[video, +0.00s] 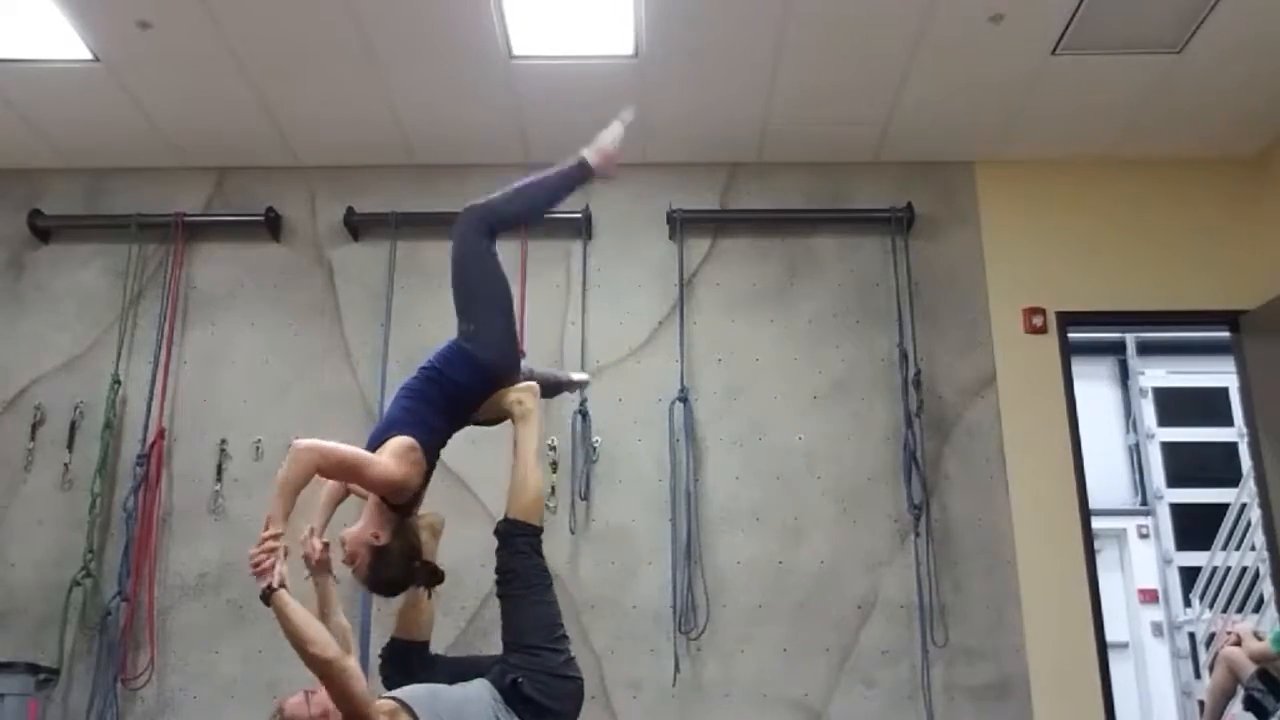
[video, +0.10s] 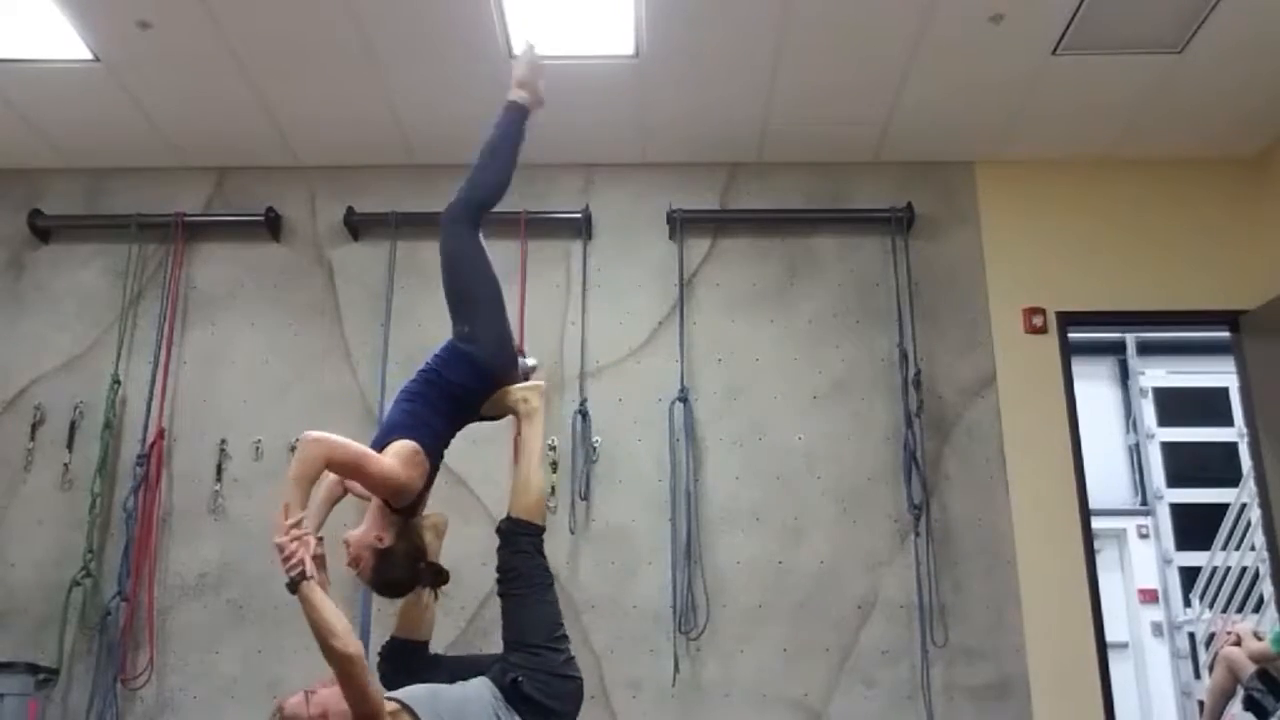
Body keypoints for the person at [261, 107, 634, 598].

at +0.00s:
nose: (349, 552)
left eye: (349, 560)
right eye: (359, 555)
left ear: (375, 529)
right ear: (381, 538)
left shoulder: (395, 484)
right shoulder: (393, 480)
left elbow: (339, 470)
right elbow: (303, 453)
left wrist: (314, 533)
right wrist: (273, 530)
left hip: (490, 379)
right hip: (487, 355)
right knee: (476, 222)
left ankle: (555, 382)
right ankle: (588, 165)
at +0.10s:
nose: (353, 555)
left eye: (356, 566)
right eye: (363, 558)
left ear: (384, 535)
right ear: (383, 538)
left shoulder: (394, 488)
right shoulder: (393, 482)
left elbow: (337, 468)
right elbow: (312, 446)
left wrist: (312, 529)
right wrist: (289, 518)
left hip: (490, 371)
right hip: (483, 358)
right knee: (461, 219)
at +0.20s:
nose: (356, 561)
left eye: (362, 566)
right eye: (366, 565)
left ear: (384, 545)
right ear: (388, 547)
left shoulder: (403, 496)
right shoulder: (400, 489)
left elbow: (345, 467)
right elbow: (324, 448)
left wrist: (317, 527)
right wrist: (302, 522)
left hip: (490, 383)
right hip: (482, 365)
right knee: (445, 235)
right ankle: (439, 92)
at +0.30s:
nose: (367, 567)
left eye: (370, 574)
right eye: (375, 572)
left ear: (387, 554)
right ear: (400, 554)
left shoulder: (411, 497)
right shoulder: (406, 493)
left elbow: (364, 465)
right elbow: (336, 443)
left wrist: (338, 527)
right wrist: (317, 515)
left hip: (482, 375)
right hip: (474, 360)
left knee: (415, 244)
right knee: (413, 243)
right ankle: (359, 110)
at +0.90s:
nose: (399, 491)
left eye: (399, 500)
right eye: (406, 494)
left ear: (423, 483)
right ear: (428, 482)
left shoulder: (441, 448)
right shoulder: (441, 426)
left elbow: (367, 461)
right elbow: (371, 412)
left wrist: (358, 514)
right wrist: (362, 484)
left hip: (489, 329)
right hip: (484, 304)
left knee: (429, 185)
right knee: (426, 178)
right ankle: (377, 53)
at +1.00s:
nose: (405, 483)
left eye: (407, 490)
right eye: (413, 486)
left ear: (431, 472)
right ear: (435, 471)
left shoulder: (459, 434)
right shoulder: (449, 414)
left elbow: (393, 465)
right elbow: (377, 410)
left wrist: (366, 505)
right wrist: (360, 488)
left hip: (499, 325)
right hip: (491, 298)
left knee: (444, 176)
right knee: (442, 167)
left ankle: (406, 47)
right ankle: (402, 45)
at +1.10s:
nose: (414, 469)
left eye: (416, 478)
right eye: (426, 472)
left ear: (442, 453)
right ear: (450, 457)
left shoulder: (455, 420)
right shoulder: (464, 402)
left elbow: (394, 459)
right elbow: (400, 413)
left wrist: (368, 510)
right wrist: (373, 487)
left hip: (502, 314)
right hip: (496, 284)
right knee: (460, 164)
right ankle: (431, 29)